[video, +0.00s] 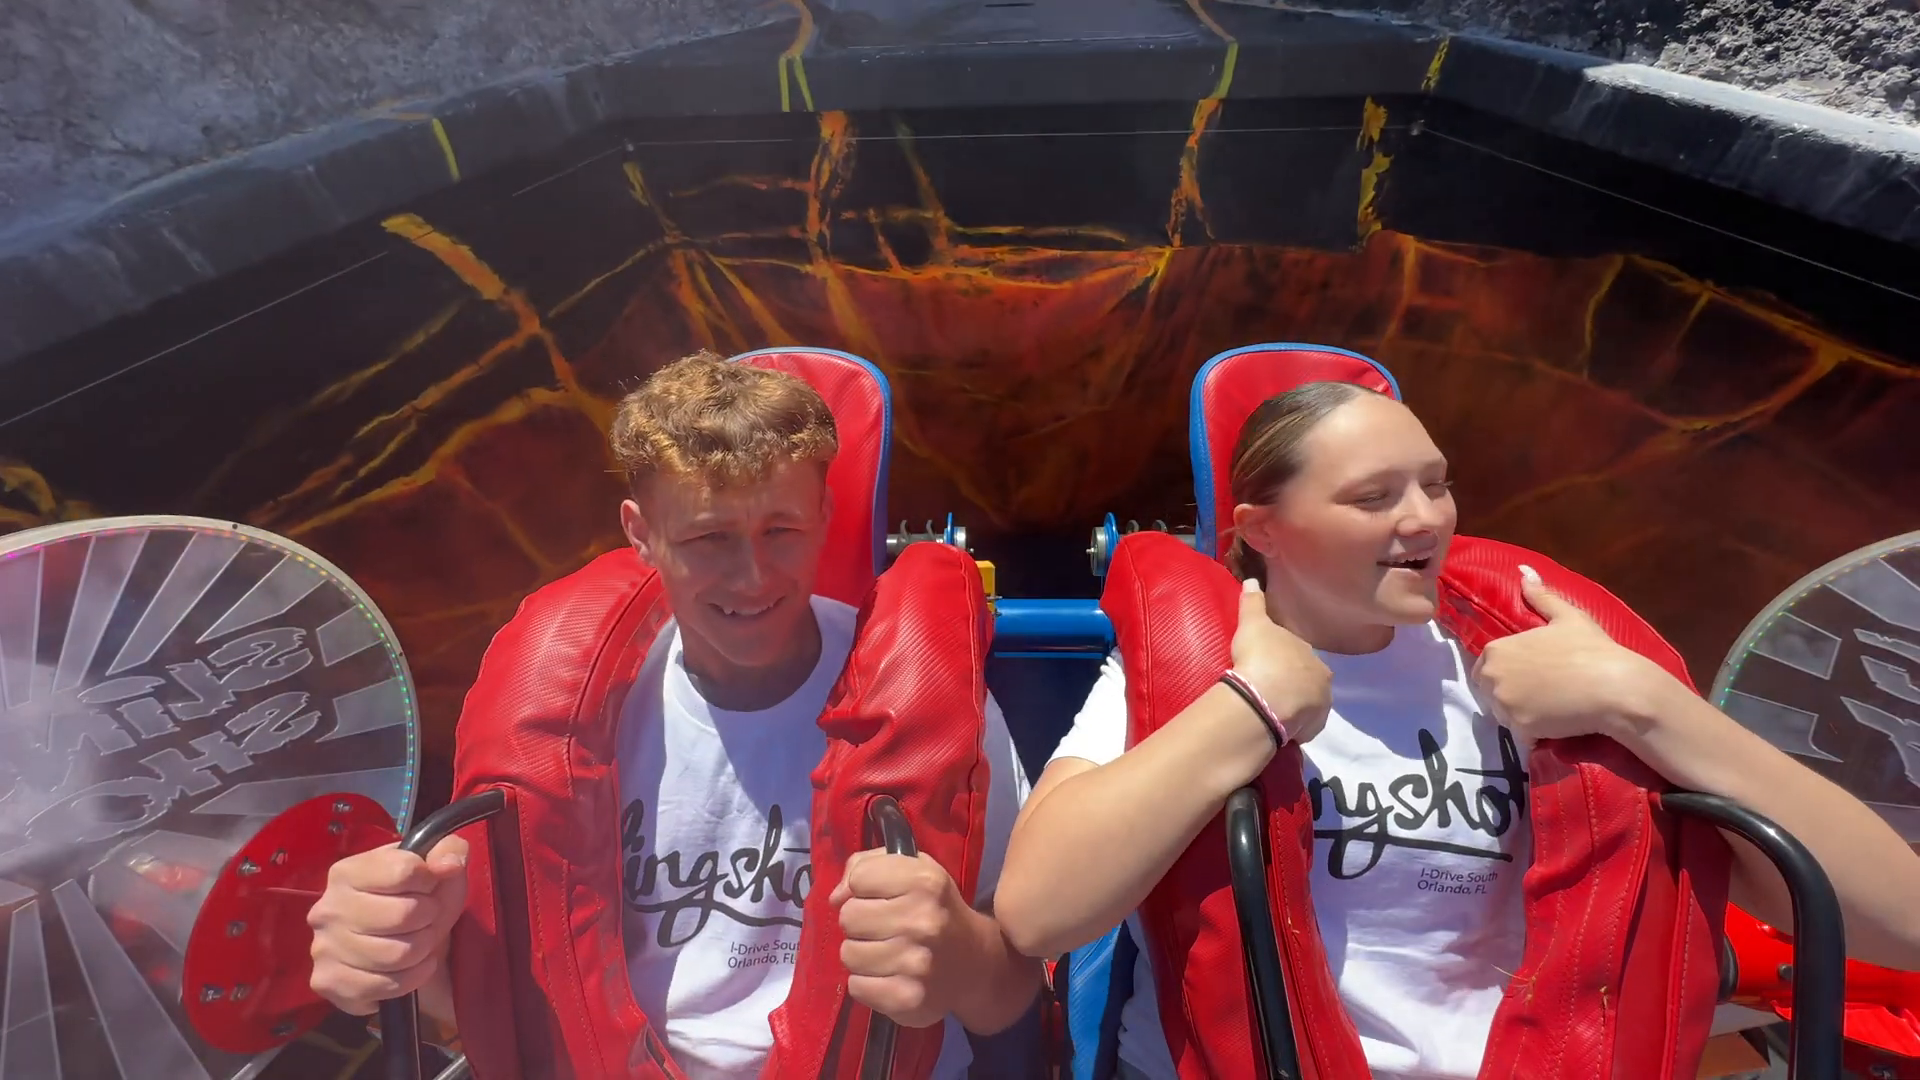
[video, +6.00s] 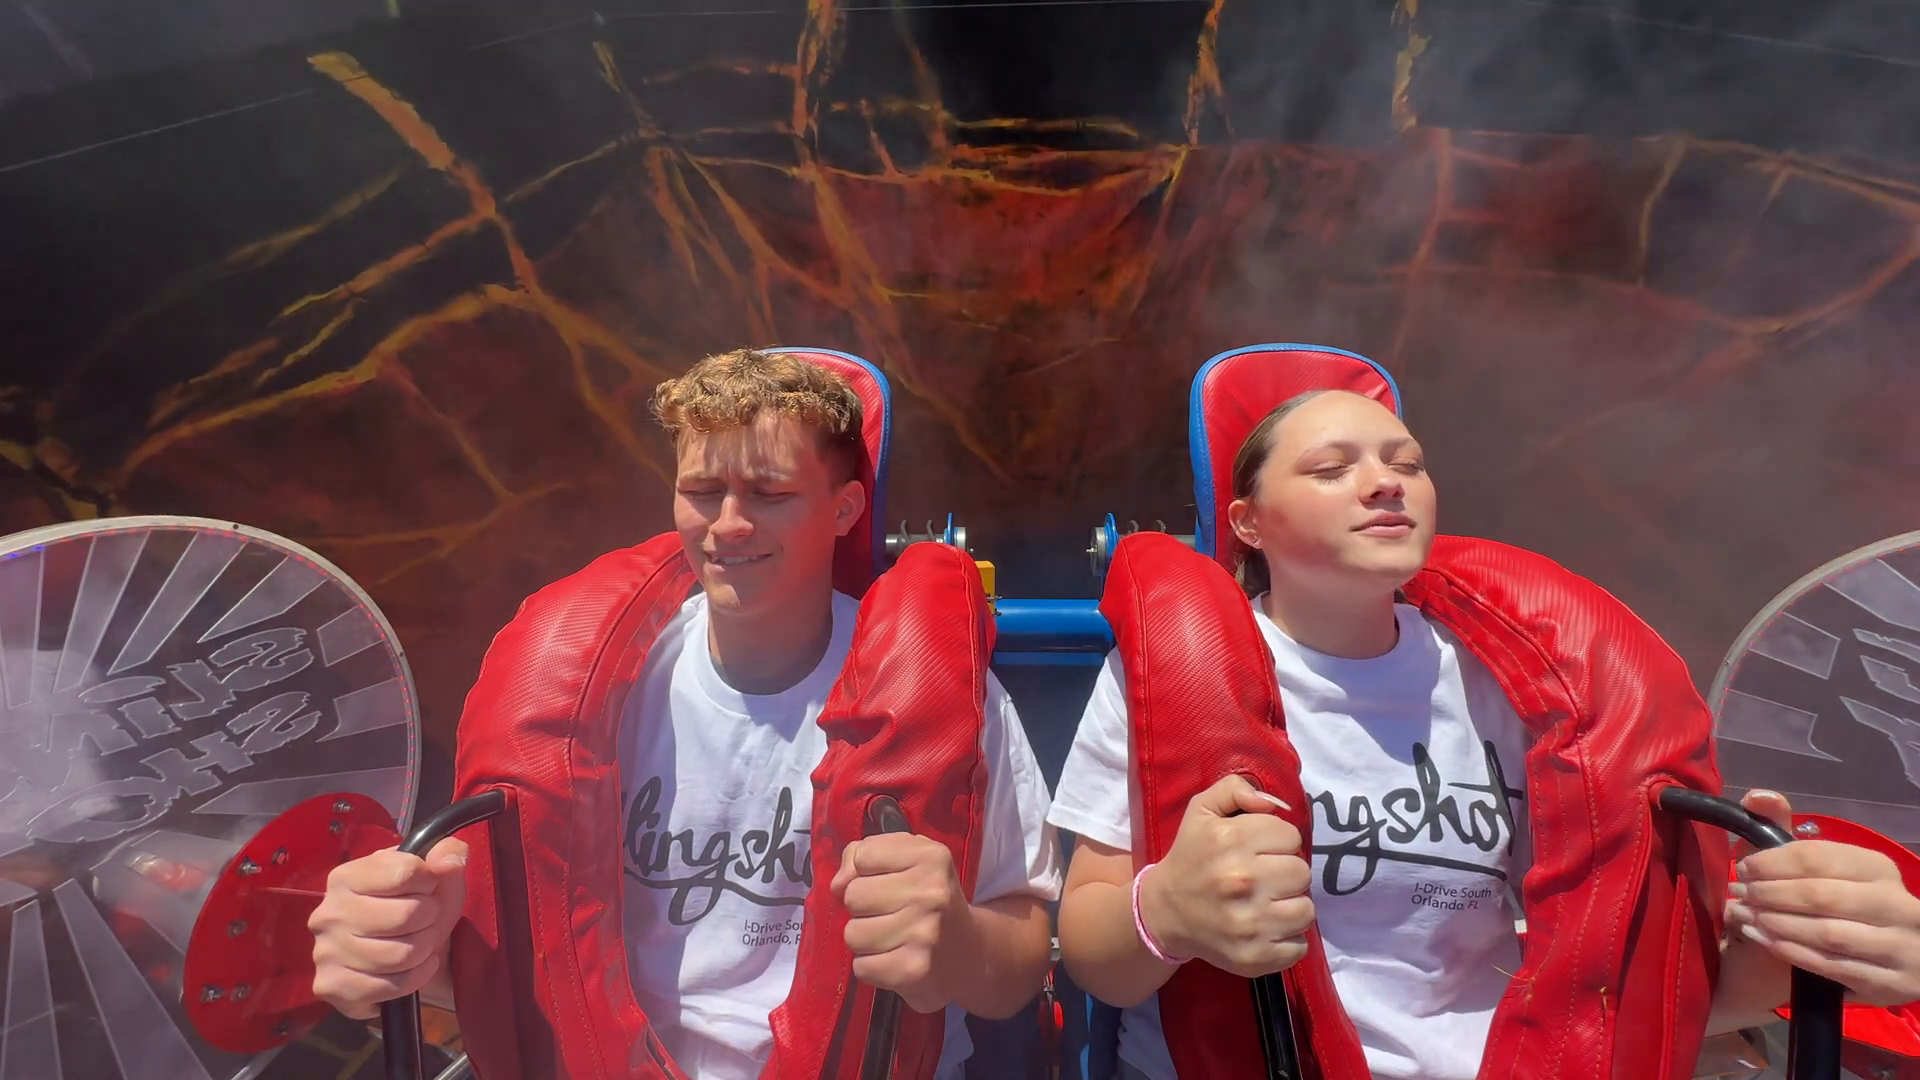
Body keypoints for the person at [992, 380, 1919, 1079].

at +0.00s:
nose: (1429, 521)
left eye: (1434, 484)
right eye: (1376, 497)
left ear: (1450, 485)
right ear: (1257, 528)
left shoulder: (1530, 670)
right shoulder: (1176, 672)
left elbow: (1902, 918)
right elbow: (1035, 915)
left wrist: (1642, 703)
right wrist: (1250, 711)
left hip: (1532, 1066)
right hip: (1301, 1067)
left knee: (1749, 1054)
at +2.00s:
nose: (1386, 489)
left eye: (1402, 463)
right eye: (1332, 471)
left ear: (1432, 494)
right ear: (1250, 524)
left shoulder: (1537, 677)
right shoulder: (1172, 678)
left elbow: (1883, 947)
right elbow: (1048, 939)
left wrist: (1666, 706)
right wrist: (1239, 718)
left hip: (1526, 1065)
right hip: (1293, 1066)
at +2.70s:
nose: (1389, 487)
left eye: (1405, 463)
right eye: (1333, 468)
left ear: (1429, 494)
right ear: (1249, 525)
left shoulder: (1541, 676)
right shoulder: (1168, 674)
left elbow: (1859, 965)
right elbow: (1065, 961)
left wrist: (1694, 713)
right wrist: (1200, 733)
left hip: (1531, 1069)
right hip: (1280, 1071)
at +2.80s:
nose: (1387, 484)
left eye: (1405, 462)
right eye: (1332, 467)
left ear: (1432, 499)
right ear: (1246, 522)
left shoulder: (1531, 666)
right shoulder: (1159, 672)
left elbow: (1760, 973)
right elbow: (1084, 977)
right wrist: (1167, 812)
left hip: (1522, 1056)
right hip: (1270, 1059)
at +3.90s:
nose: (1383, 485)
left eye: (1401, 460)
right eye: (1330, 468)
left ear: (1432, 492)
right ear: (1244, 523)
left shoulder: (1531, 668)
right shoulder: (1173, 668)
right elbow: (1086, 955)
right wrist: (1163, 913)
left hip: (1503, 1069)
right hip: (1280, 1065)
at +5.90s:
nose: (1384, 480)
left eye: (1401, 456)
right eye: (1329, 466)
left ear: (1432, 491)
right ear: (1244, 523)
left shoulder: (1525, 670)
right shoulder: (1173, 668)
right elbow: (1085, 956)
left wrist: (1750, 929)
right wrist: (1161, 911)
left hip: (1505, 1067)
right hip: (1289, 1066)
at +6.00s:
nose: (1384, 479)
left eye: (1401, 455)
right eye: (1330, 464)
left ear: (1433, 489)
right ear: (1244, 522)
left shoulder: (1524, 670)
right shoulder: (1172, 668)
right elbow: (1085, 956)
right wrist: (1161, 911)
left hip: (1506, 1066)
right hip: (1290, 1065)